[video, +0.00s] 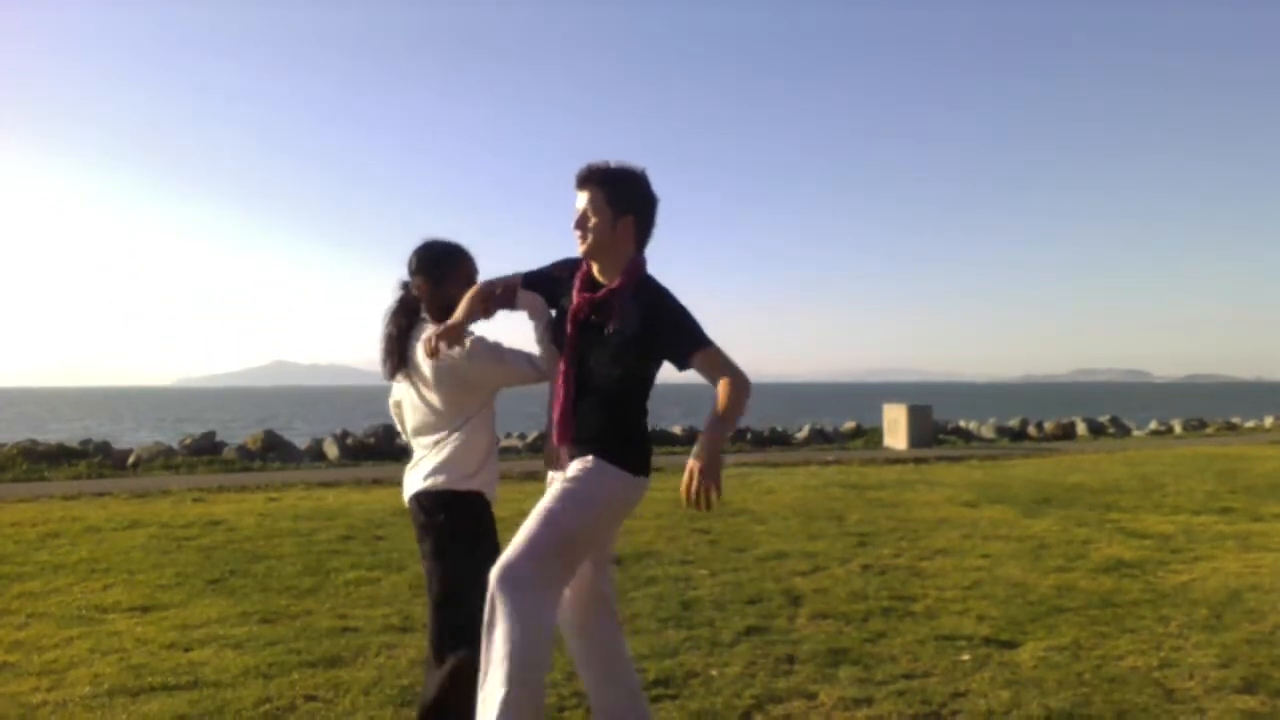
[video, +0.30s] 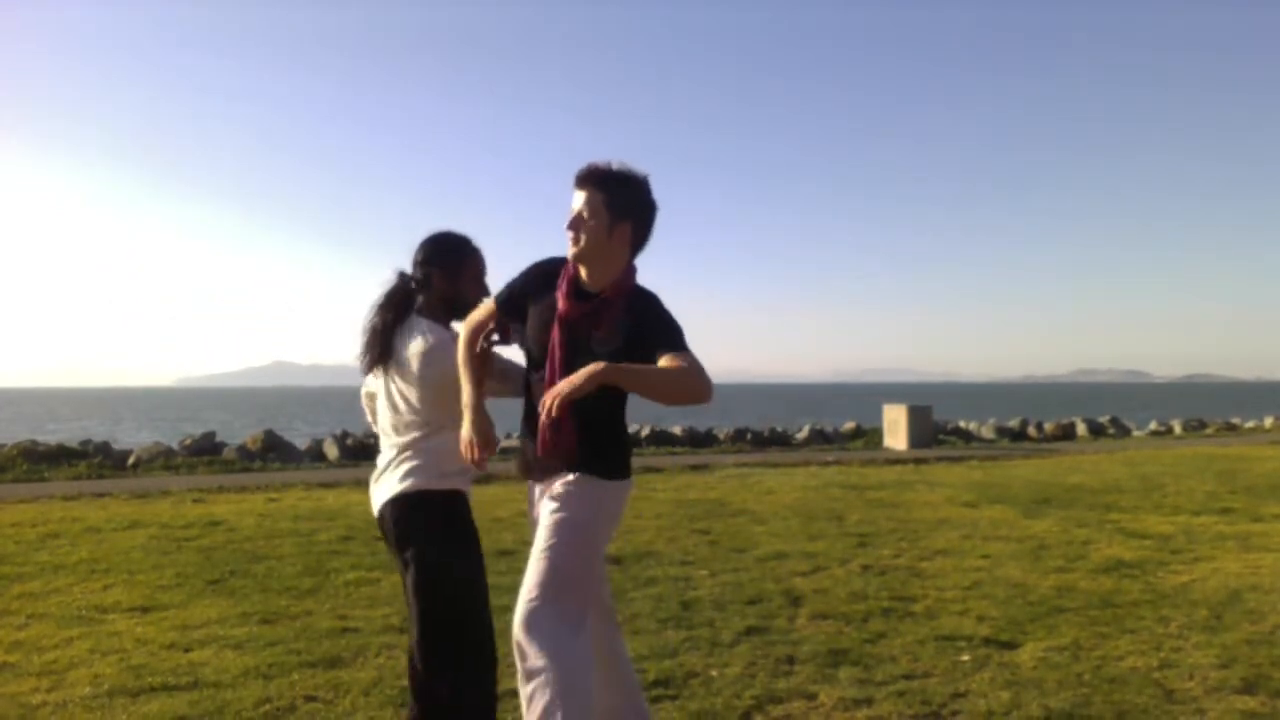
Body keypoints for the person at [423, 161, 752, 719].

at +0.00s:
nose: (576, 224)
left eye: (588, 215)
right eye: (577, 214)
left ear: (627, 225)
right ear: (588, 221)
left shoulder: (651, 302)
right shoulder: (571, 278)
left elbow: (734, 383)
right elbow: (492, 290)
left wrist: (709, 446)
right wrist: (458, 322)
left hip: (610, 467)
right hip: (569, 463)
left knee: (515, 581)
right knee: (587, 614)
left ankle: (504, 713)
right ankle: (624, 714)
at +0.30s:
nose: (571, 223)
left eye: (584, 216)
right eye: (571, 213)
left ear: (625, 231)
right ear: (572, 219)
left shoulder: (640, 308)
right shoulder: (543, 279)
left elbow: (696, 385)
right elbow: (470, 329)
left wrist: (604, 373)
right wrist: (472, 412)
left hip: (594, 476)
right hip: (543, 471)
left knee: (537, 622)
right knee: (590, 623)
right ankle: (625, 714)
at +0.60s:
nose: (523, 264)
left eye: (536, 255)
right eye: (527, 252)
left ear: (580, 269)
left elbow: (648, 411)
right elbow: (508, 382)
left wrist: (572, 367)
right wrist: (503, 442)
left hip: (594, 487)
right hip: (538, 481)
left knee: (552, 631)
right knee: (577, 628)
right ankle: (623, 712)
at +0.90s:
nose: (472, 311)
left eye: (474, 301)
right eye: (471, 300)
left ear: (503, 307)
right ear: (510, 303)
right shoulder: (533, 339)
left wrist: (491, 412)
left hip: (603, 491)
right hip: (585, 483)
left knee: (542, 634)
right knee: (568, 627)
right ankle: (590, 709)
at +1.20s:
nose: (489, 272)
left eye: (488, 262)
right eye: (488, 261)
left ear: (502, 272)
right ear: (550, 253)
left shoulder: (525, 346)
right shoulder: (585, 303)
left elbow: (466, 436)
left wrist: (446, 363)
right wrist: (491, 342)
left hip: (570, 498)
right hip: (618, 485)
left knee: (529, 635)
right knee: (588, 624)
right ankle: (591, 714)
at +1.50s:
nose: (501, 259)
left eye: (501, 249)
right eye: (502, 249)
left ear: (512, 255)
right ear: (560, 250)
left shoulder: (533, 329)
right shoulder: (587, 311)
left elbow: (488, 432)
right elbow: (556, 395)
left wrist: (467, 360)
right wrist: (502, 347)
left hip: (553, 497)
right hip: (601, 488)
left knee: (529, 624)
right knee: (556, 611)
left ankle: (551, 713)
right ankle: (585, 709)